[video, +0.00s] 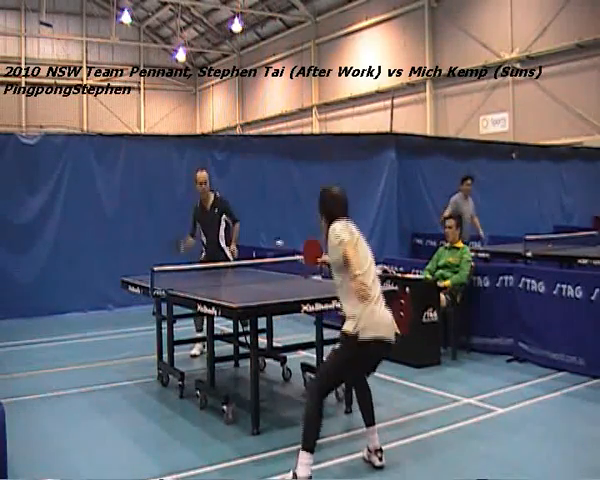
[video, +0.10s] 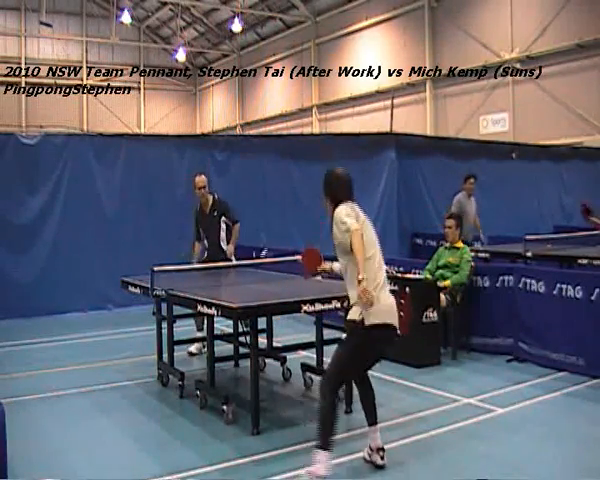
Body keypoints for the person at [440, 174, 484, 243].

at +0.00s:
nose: (469, 188)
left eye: (470, 185)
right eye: (467, 185)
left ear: (471, 187)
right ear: (461, 186)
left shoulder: (470, 200)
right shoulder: (455, 199)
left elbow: (473, 217)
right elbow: (448, 212)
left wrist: (480, 230)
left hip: (466, 234)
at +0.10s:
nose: (472, 187)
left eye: (473, 184)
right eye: (470, 184)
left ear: (474, 186)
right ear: (464, 185)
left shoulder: (472, 199)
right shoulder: (458, 198)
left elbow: (474, 216)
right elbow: (453, 216)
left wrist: (479, 231)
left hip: (470, 234)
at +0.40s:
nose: (481, 185)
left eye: (482, 183)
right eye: (479, 182)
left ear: (483, 184)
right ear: (473, 183)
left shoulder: (480, 198)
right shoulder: (467, 198)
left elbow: (479, 216)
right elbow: (464, 216)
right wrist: (461, 235)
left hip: (478, 236)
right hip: (468, 237)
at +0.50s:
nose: (486, 186)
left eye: (487, 183)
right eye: (485, 183)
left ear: (488, 185)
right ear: (478, 184)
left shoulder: (485, 199)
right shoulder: (472, 198)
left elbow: (484, 217)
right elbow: (468, 217)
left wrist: (485, 235)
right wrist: (467, 237)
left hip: (483, 237)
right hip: (473, 238)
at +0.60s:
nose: (491, 186)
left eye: (491, 183)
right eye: (489, 183)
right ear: (482, 184)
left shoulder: (489, 199)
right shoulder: (475, 198)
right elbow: (472, 217)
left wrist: (489, 236)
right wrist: (472, 238)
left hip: (488, 238)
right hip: (478, 239)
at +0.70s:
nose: (495, 185)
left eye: (496, 182)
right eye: (494, 182)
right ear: (488, 183)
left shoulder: (495, 198)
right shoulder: (479, 198)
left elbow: (496, 216)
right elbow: (476, 215)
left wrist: (499, 233)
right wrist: (478, 235)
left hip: (494, 236)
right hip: (484, 236)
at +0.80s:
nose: (499, 184)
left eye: (499, 182)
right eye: (497, 181)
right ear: (491, 183)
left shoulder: (497, 197)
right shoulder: (482, 197)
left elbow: (503, 213)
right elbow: (478, 215)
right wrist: (480, 234)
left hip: (497, 235)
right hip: (485, 236)